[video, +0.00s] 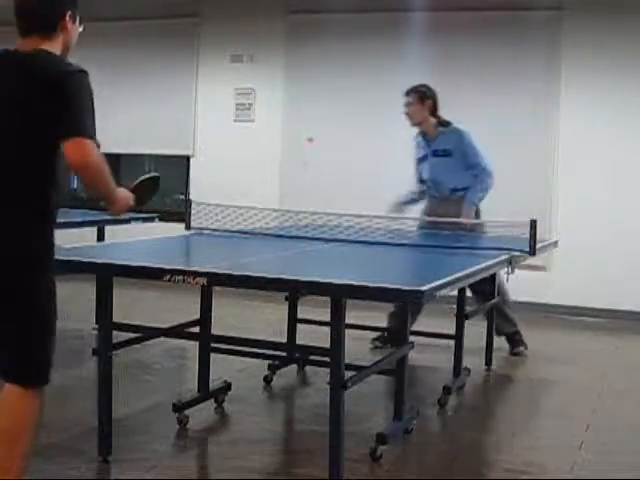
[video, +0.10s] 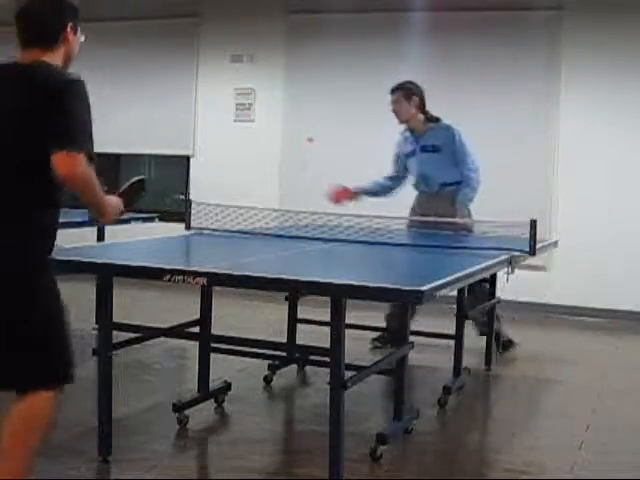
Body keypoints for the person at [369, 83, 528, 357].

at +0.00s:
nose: (406, 111)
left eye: (411, 105)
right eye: (406, 106)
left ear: (428, 106)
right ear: (417, 109)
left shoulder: (457, 137)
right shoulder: (420, 142)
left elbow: (484, 175)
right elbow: (426, 186)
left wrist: (470, 203)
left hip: (462, 207)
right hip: (435, 206)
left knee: (480, 273)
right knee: (418, 267)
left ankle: (512, 333)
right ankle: (396, 331)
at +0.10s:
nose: (393, 111)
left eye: (397, 105)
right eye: (392, 105)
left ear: (415, 103)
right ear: (407, 105)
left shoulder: (448, 134)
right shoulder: (406, 142)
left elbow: (471, 173)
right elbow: (394, 180)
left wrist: (461, 206)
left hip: (451, 202)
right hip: (423, 202)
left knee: (466, 268)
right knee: (412, 265)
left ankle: (494, 331)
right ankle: (394, 332)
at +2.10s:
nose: (391, 104)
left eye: (396, 99)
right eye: (387, 100)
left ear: (406, 101)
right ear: (384, 105)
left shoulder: (422, 132)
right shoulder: (389, 138)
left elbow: (436, 173)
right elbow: (388, 180)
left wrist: (439, 210)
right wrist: (386, 212)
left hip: (418, 193)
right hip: (396, 195)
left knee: (418, 249)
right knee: (399, 249)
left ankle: (418, 310)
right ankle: (404, 307)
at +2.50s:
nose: (365, 109)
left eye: (370, 104)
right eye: (362, 104)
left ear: (382, 109)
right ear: (358, 109)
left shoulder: (396, 144)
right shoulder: (353, 146)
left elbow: (410, 186)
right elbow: (350, 188)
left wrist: (405, 220)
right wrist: (350, 220)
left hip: (392, 216)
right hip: (363, 217)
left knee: (389, 267)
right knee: (363, 268)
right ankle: (375, 322)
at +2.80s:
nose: (324, 109)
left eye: (328, 103)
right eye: (319, 105)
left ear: (341, 101)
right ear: (316, 106)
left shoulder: (365, 136)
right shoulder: (316, 140)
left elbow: (385, 177)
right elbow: (306, 179)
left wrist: (385, 213)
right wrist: (291, 213)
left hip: (358, 200)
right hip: (329, 200)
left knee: (363, 259)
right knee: (317, 256)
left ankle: (375, 324)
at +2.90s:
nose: (307, 108)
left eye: (311, 102)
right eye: (303, 104)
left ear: (324, 101)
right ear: (300, 107)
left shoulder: (348, 134)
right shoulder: (299, 139)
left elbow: (369, 175)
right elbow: (289, 179)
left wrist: (373, 213)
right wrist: (275, 213)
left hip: (340, 203)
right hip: (309, 204)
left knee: (345, 266)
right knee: (292, 261)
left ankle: (373, 325)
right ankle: (263, 316)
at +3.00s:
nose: (288, 107)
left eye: (292, 101)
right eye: (284, 103)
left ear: (305, 99)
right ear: (281, 105)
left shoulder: (330, 135)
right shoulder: (278, 138)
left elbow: (350, 173)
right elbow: (266, 177)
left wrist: (358, 210)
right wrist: (261, 211)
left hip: (316, 203)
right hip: (283, 203)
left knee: (334, 262)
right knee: (265, 261)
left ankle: (366, 324)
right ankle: (248, 323)